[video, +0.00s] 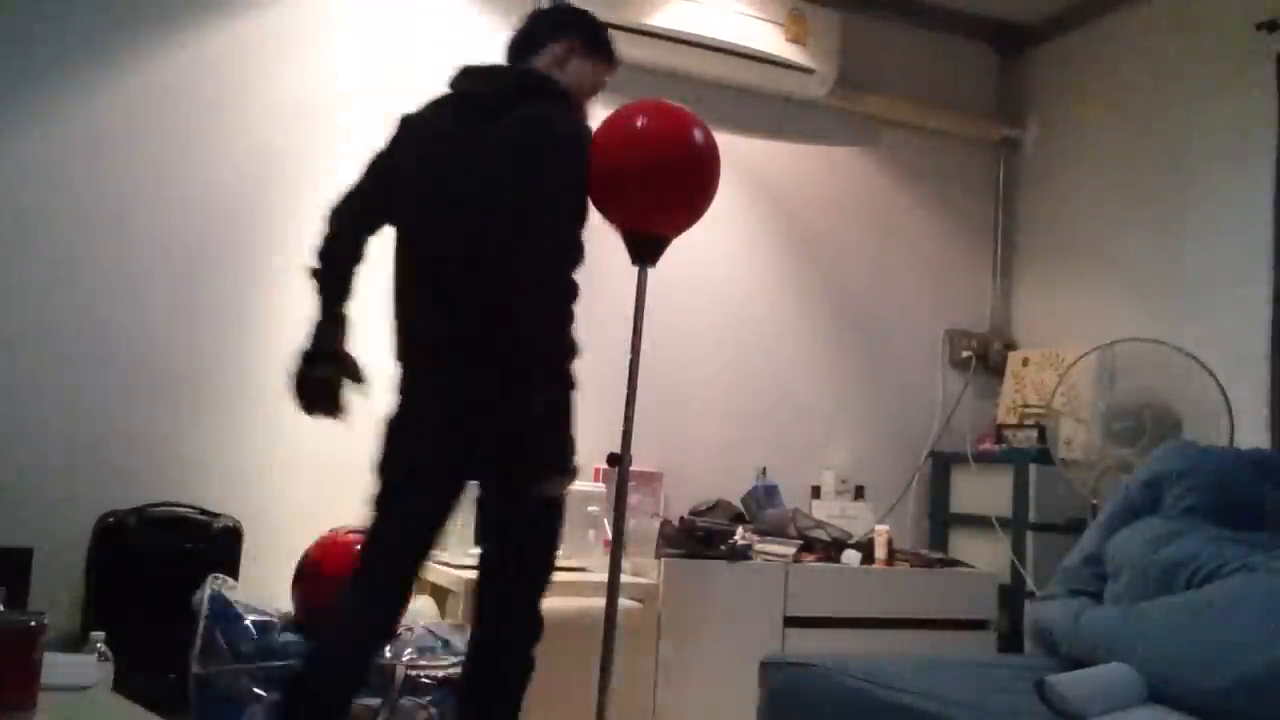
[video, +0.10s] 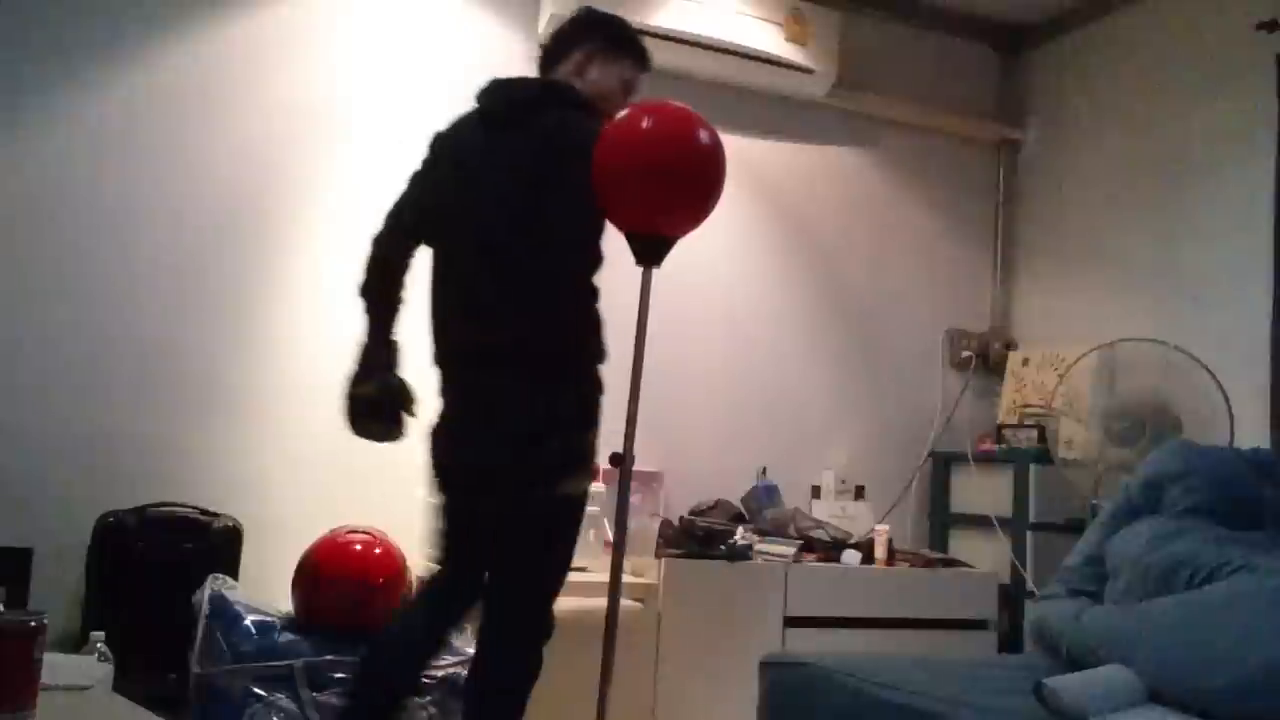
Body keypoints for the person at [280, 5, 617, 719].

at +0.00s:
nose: (589, 103)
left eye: (597, 88)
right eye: (592, 82)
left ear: (526, 55)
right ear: (563, 54)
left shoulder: (433, 123)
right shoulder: (565, 135)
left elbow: (348, 222)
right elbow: (644, 245)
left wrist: (328, 334)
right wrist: (653, 202)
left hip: (430, 392)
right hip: (529, 401)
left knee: (376, 591)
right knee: (509, 616)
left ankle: (312, 707)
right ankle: (484, 715)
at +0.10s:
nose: (625, 102)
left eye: (631, 88)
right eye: (622, 83)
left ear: (561, 64)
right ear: (582, 61)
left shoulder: (468, 134)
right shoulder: (588, 140)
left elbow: (392, 244)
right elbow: (649, 248)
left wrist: (376, 356)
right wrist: (662, 161)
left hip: (468, 402)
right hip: (554, 406)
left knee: (460, 575)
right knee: (522, 609)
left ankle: (365, 705)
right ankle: (490, 716)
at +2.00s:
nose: (923, 121)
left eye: (938, 104)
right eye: (910, 111)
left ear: (976, 109)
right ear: (899, 124)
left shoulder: (1017, 199)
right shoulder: (886, 195)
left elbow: (1053, 286)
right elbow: (810, 223)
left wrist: (1062, 356)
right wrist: (751, 211)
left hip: (994, 419)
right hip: (904, 418)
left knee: (989, 594)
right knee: (861, 585)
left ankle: (990, 712)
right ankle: (829, 710)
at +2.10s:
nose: (931, 120)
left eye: (946, 104)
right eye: (919, 110)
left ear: (984, 108)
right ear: (909, 124)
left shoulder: (1031, 199)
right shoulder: (897, 197)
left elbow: (1071, 282)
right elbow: (813, 276)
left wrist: (1066, 355)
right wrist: (823, 274)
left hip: (998, 417)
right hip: (906, 416)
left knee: (989, 590)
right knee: (860, 582)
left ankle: (989, 712)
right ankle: (837, 710)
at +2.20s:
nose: (928, 120)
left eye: (944, 103)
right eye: (918, 109)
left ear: (985, 107)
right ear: (911, 121)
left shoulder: (1036, 202)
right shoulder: (894, 209)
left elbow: (1096, 297)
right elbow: (851, 307)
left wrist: (1058, 372)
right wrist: (851, 377)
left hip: (995, 421)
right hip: (903, 418)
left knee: (986, 600)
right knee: (859, 588)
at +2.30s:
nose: (917, 120)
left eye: (934, 102)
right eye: (909, 107)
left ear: (979, 109)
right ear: (900, 119)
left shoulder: (1032, 201)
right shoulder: (894, 214)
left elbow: (1108, 301)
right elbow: (877, 329)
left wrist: (1040, 359)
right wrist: (843, 406)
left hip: (990, 429)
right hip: (902, 427)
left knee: (983, 610)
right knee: (870, 600)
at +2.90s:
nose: (831, 156)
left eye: (842, 140)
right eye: (828, 145)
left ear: (882, 139)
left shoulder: (927, 207)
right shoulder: (873, 220)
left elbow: (962, 311)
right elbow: (870, 339)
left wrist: (876, 368)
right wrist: (851, 439)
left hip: (918, 423)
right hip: (887, 424)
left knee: (901, 581)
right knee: (892, 579)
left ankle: (930, 700)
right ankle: (924, 700)